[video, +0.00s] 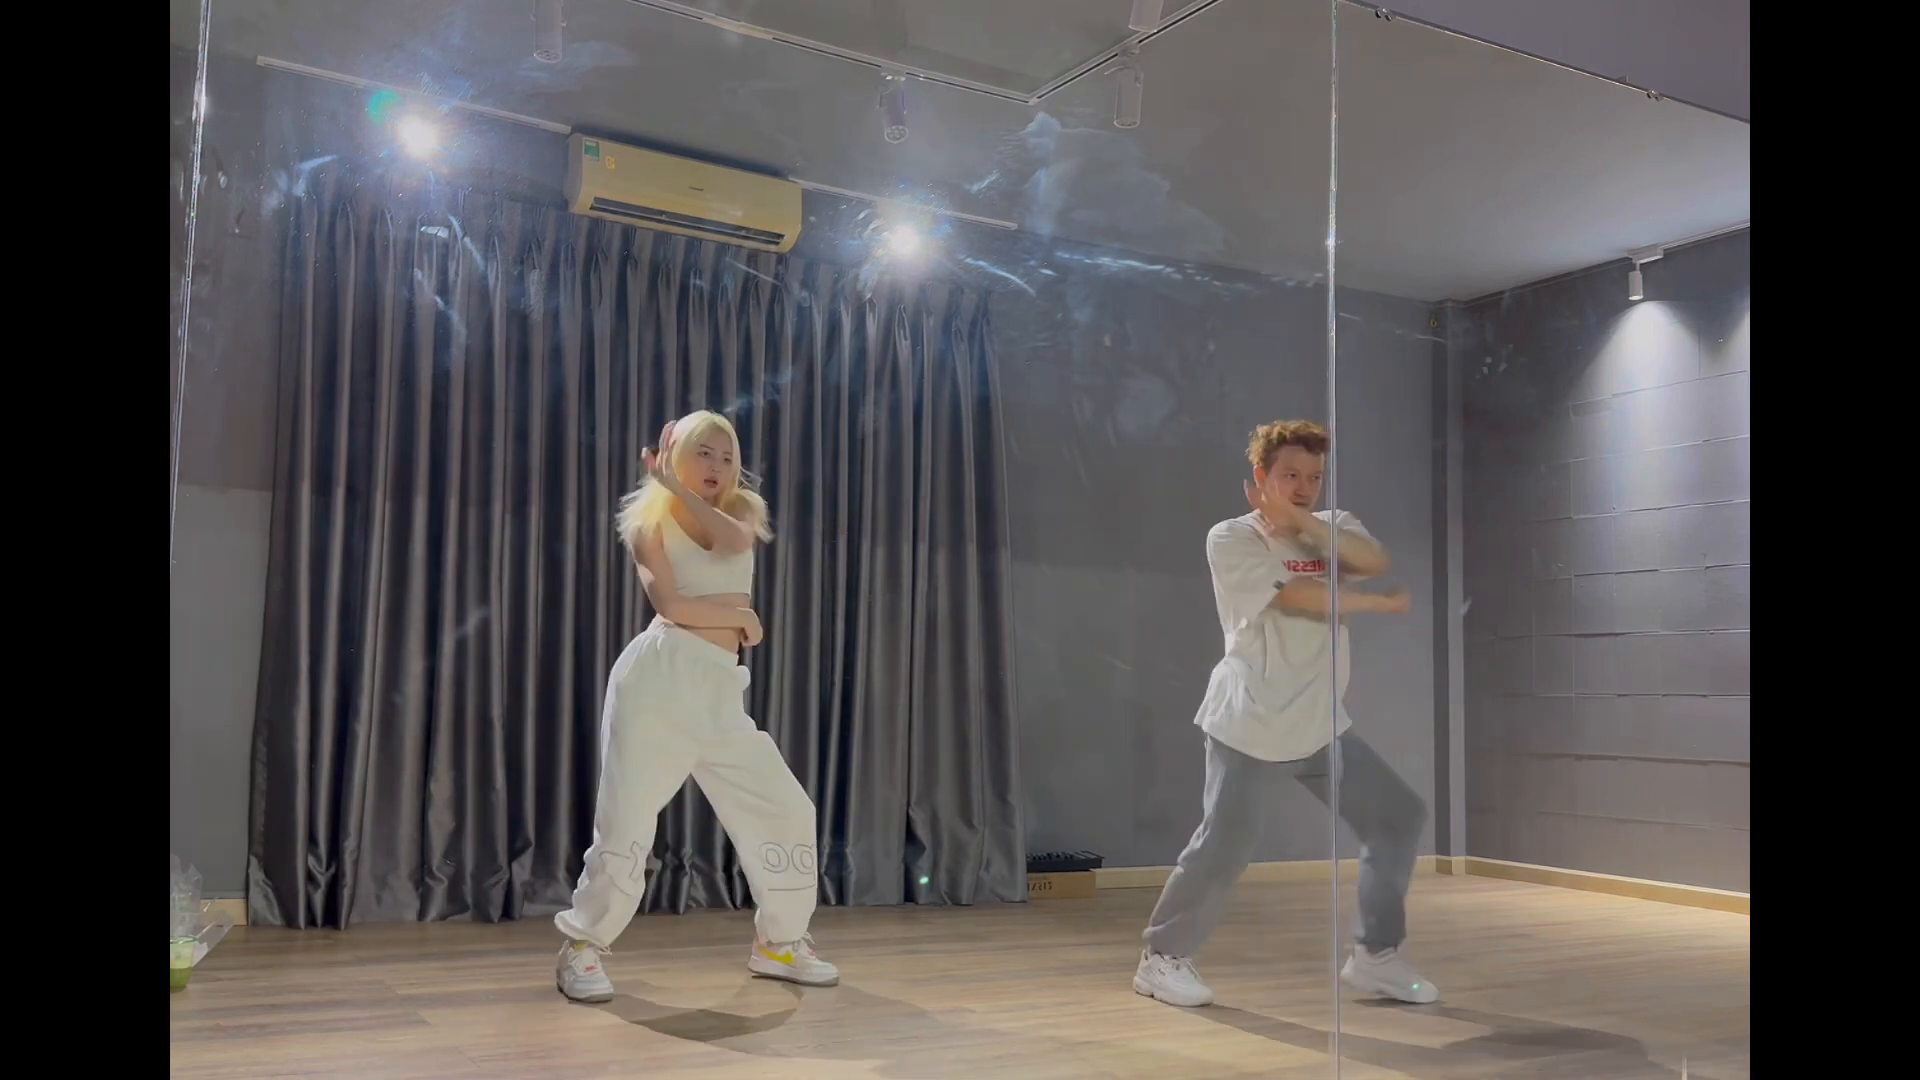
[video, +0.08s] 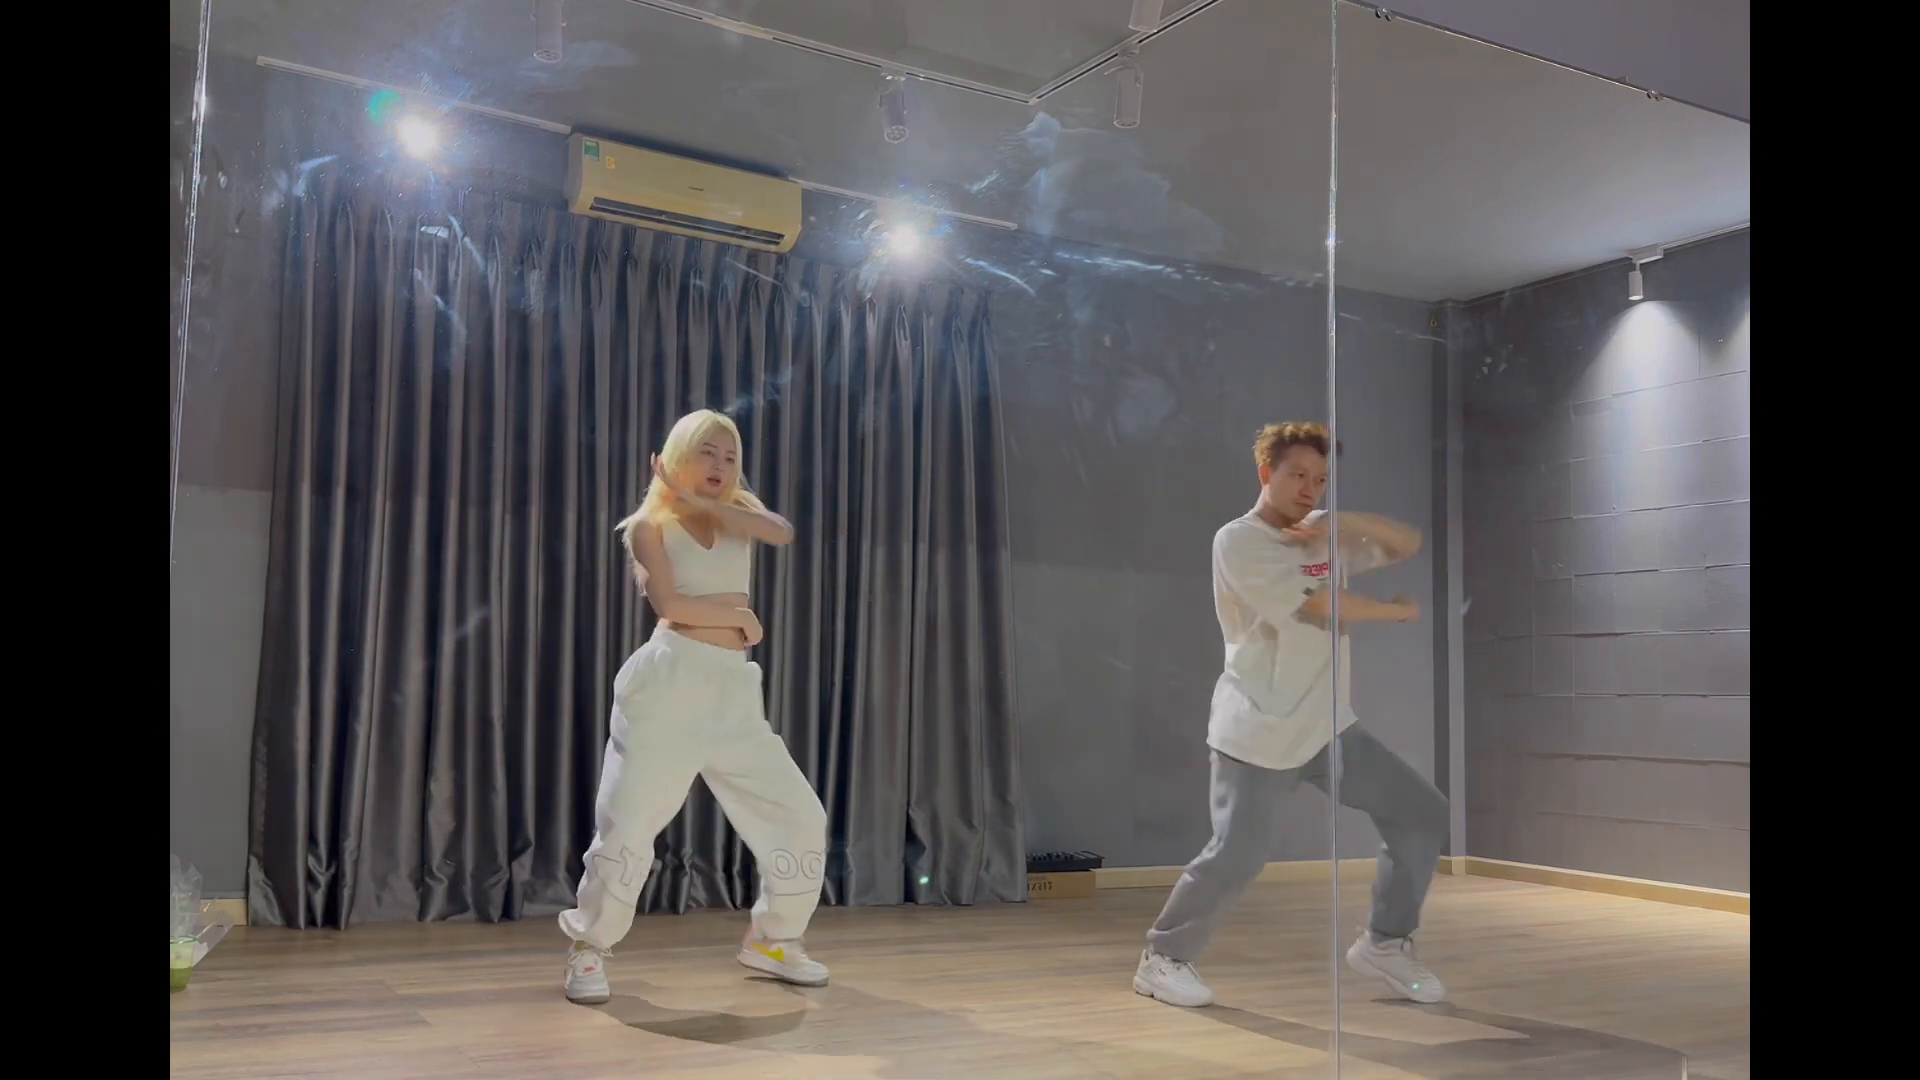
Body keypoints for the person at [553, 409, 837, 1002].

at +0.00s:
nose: (716, 465)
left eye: (727, 458)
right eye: (702, 453)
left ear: (738, 471)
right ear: (669, 461)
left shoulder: (745, 510)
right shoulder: (651, 514)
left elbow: (726, 539)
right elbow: (668, 605)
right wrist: (739, 616)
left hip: (721, 692)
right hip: (657, 681)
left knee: (789, 812)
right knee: (627, 824)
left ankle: (780, 942)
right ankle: (583, 950)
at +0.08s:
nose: (720, 467)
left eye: (729, 459)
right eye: (707, 454)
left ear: (738, 471)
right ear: (673, 464)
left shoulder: (737, 509)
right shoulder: (650, 522)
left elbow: (782, 533)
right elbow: (667, 606)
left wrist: (703, 501)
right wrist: (740, 615)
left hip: (734, 693)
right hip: (666, 685)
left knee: (801, 819)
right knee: (628, 826)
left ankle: (771, 940)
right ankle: (589, 950)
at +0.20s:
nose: (733, 470)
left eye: (740, 462)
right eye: (722, 458)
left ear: (746, 472)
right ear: (692, 462)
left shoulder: (745, 526)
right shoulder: (664, 518)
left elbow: (825, 519)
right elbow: (675, 601)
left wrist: (749, 511)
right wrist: (754, 615)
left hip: (764, 692)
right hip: (696, 692)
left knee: (813, 828)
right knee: (645, 836)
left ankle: (760, 946)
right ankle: (593, 955)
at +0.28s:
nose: (743, 468)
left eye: (751, 459)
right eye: (731, 457)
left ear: (756, 471)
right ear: (702, 463)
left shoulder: (754, 530)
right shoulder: (684, 508)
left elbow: (826, 530)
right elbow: (682, 583)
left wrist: (777, 502)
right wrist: (758, 602)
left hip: (785, 687)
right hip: (721, 692)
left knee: (814, 830)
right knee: (675, 841)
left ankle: (758, 948)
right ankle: (597, 947)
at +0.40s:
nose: (761, 461)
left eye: (766, 453)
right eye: (747, 451)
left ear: (772, 466)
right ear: (715, 465)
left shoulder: (766, 534)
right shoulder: (714, 516)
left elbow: (834, 548)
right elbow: (678, 500)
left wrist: (813, 505)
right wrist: (723, 501)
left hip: (807, 679)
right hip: (756, 686)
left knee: (822, 827)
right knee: (772, 829)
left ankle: (759, 945)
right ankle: (651, 915)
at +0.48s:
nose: (766, 453)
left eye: (770, 445)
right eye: (752, 445)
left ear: (774, 458)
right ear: (725, 457)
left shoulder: (775, 528)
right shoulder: (733, 507)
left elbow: (857, 539)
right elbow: (694, 467)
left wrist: (830, 485)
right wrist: (754, 441)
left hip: (785, 674)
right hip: (775, 675)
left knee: (805, 815)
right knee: (832, 813)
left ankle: (759, 944)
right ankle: (731, 933)